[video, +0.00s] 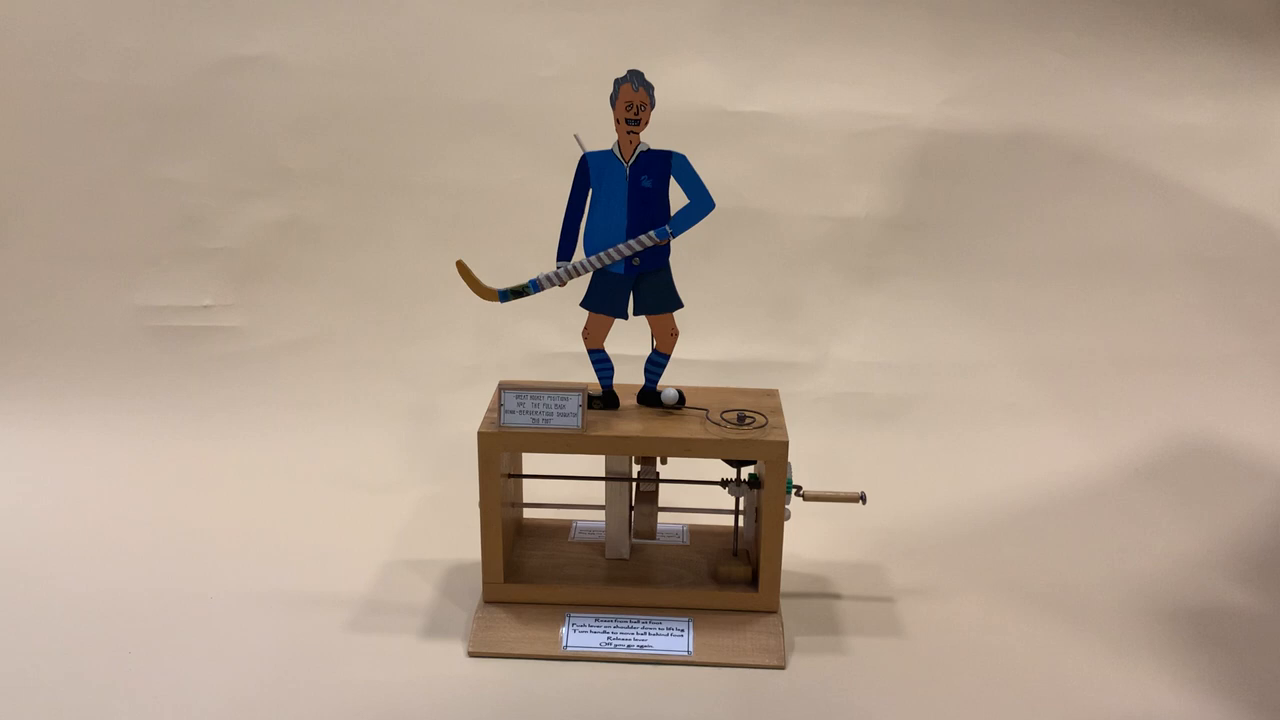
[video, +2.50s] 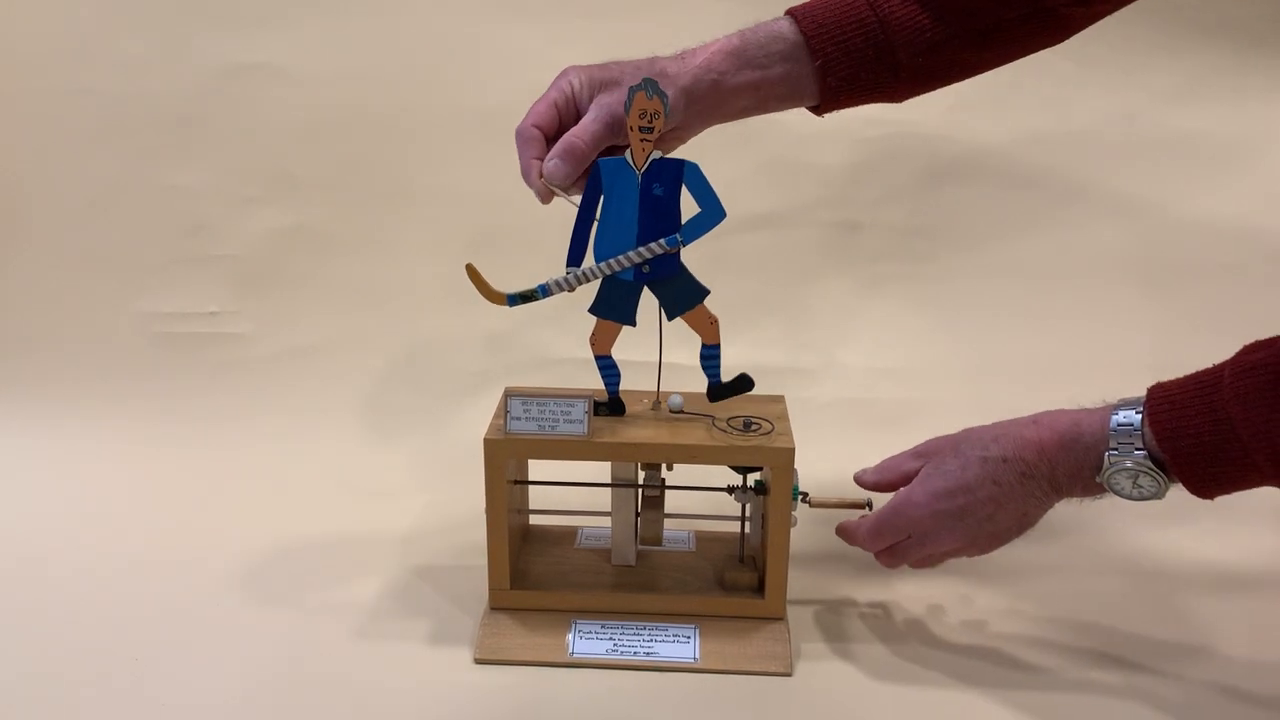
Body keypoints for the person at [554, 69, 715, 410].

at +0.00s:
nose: (635, 111)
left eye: (642, 105)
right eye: (627, 104)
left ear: (651, 113)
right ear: (613, 110)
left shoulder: (667, 161)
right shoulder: (592, 163)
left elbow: (704, 202)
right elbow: (573, 216)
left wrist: (668, 232)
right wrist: (563, 264)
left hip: (652, 268)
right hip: (609, 268)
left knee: (667, 335)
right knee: (592, 336)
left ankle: (649, 392)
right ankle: (607, 393)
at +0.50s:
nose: (636, 114)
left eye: (643, 108)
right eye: (628, 106)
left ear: (652, 114)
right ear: (613, 111)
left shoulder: (669, 163)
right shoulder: (593, 165)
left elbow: (705, 204)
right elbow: (574, 217)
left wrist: (668, 233)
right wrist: (564, 265)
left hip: (654, 270)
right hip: (611, 270)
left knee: (668, 337)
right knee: (593, 338)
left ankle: (650, 393)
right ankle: (608, 394)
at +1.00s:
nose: (636, 116)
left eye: (644, 110)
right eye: (629, 109)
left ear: (653, 117)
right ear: (615, 114)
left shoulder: (670, 165)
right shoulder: (594, 167)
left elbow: (707, 206)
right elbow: (575, 220)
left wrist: (669, 236)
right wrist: (565, 268)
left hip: (654, 271)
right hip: (611, 271)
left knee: (669, 339)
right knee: (594, 339)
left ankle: (651, 395)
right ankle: (609, 396)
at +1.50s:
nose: (636, 121)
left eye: (644, 115)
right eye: (630, 114)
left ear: (655, 124)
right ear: (617, 121)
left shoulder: (671, 167)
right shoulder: (595, 170)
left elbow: (708, 208)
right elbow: (577, 222)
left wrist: (671, 238)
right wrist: (567, 270)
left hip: (656, 274)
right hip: (612, 274)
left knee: (671, 341)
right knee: (596, 341)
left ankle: (652, 397)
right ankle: (611, 398)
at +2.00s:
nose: (643, 124)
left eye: (649, 117)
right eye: (636, 116)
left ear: (658, 125)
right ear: (623, 122)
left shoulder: (676, 168)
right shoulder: (601, 170)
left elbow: (712, 210)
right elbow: (581, 222)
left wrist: (675, 239)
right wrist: (570, 269)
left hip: (660, 274)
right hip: (616, 274)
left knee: (675, 341)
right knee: (598, 342)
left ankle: (656, 398)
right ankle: (612, 400)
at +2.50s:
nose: (646, 132)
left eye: (652, 125)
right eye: (639, 124)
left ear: (662, 127)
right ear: (627, 126)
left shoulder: (681, 169)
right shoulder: (606, 169)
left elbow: (715, 212)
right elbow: (585, 220)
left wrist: (675, 241)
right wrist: (572, 269)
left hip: (666, 270)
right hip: (620, 273)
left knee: (709, 326)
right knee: (600, 342)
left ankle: (715, 386)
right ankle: (613, 400)